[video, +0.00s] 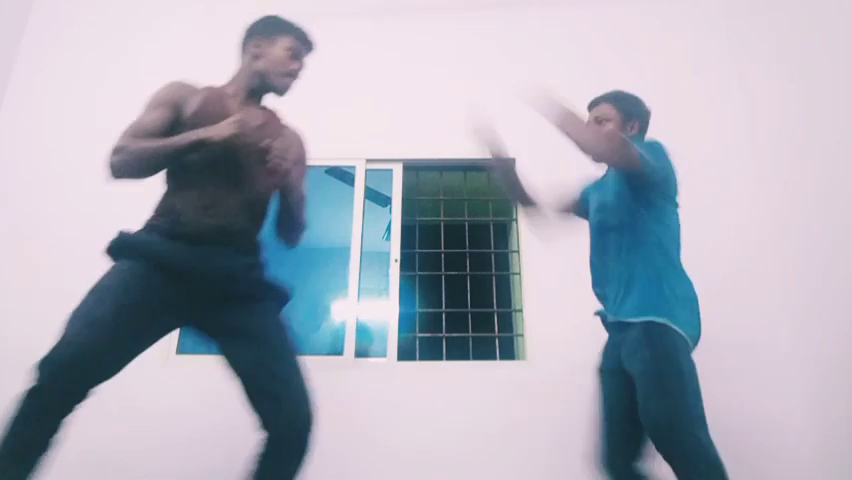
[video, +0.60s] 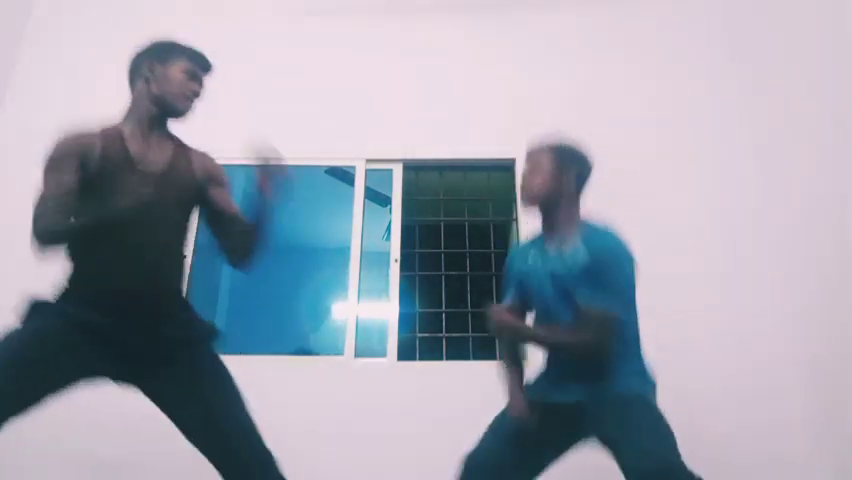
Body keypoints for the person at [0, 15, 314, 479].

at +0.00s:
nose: (298, 66)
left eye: (303, 59)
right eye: (292, 52)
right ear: (255, 49)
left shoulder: (287, 139)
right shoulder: (184, 98)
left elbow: (291, 234)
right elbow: (122, 161)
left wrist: (291, 184)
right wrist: (208, 135)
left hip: (238, 281)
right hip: (159, 267)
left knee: (292, 422)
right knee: (62, 374)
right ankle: (11, 471)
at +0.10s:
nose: (267, 88)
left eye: (270, 81)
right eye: (259, 75)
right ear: (221, 71)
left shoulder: (257, 173)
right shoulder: (146, 132)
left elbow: (261, 270)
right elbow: (84, 205)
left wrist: (261, 227)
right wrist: (165, 173)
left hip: (193, 330)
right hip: (110, 311)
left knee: (259, 455)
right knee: (12, 421)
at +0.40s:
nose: (231, 89)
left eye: (234, 83)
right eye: (221, 76)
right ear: (181, 75)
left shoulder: (231, 168)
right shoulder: (108, 140)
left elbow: (257, 265)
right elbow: (54, 223)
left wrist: (238, 233)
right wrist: (138, 195)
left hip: (193, 339)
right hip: (104, 330)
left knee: (284, 462)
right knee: (11, 423)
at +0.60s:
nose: (198, 87)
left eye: (201, 81)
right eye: (190, 74)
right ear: (148, 74)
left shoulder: (199, 168)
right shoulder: (80, 150)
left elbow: (240, 252)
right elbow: (47, 229)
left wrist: (264, 201)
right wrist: (120, 201)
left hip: (166, 338)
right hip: (81, 327)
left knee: (253, 466)